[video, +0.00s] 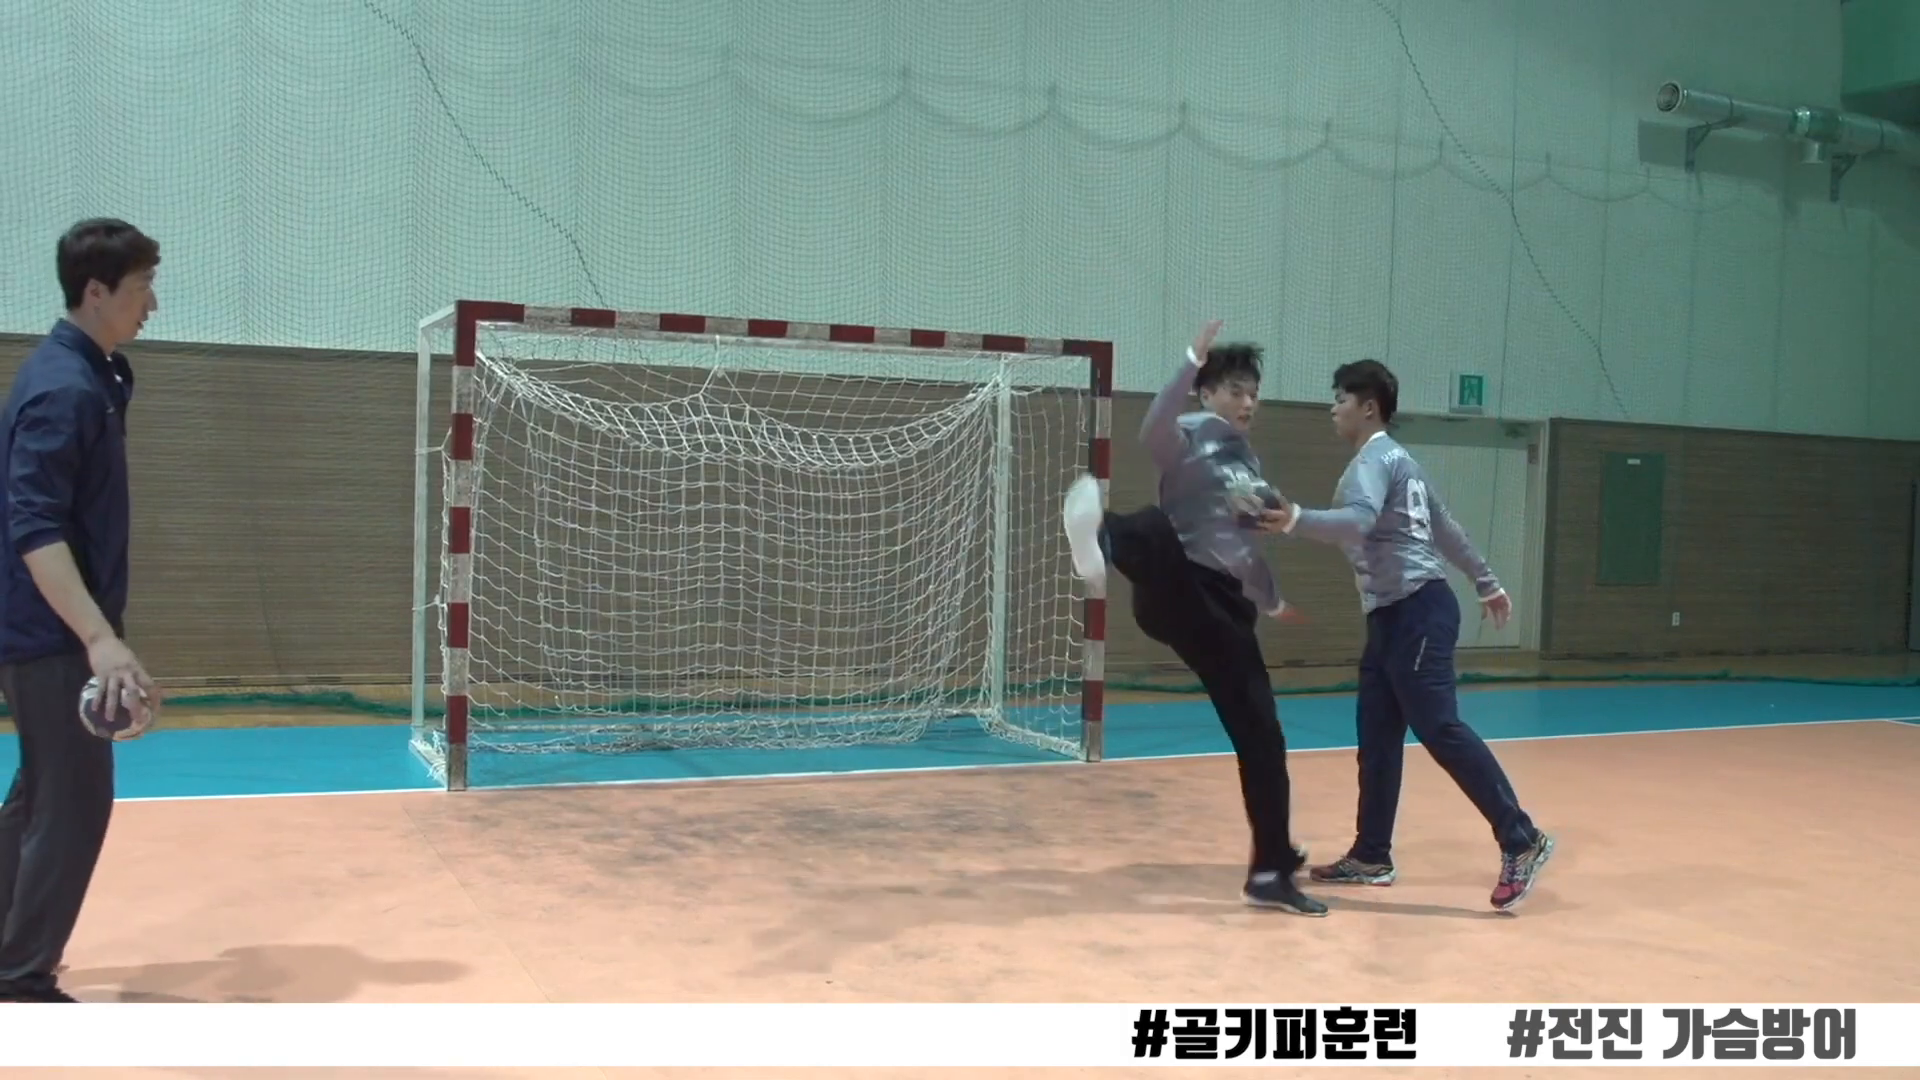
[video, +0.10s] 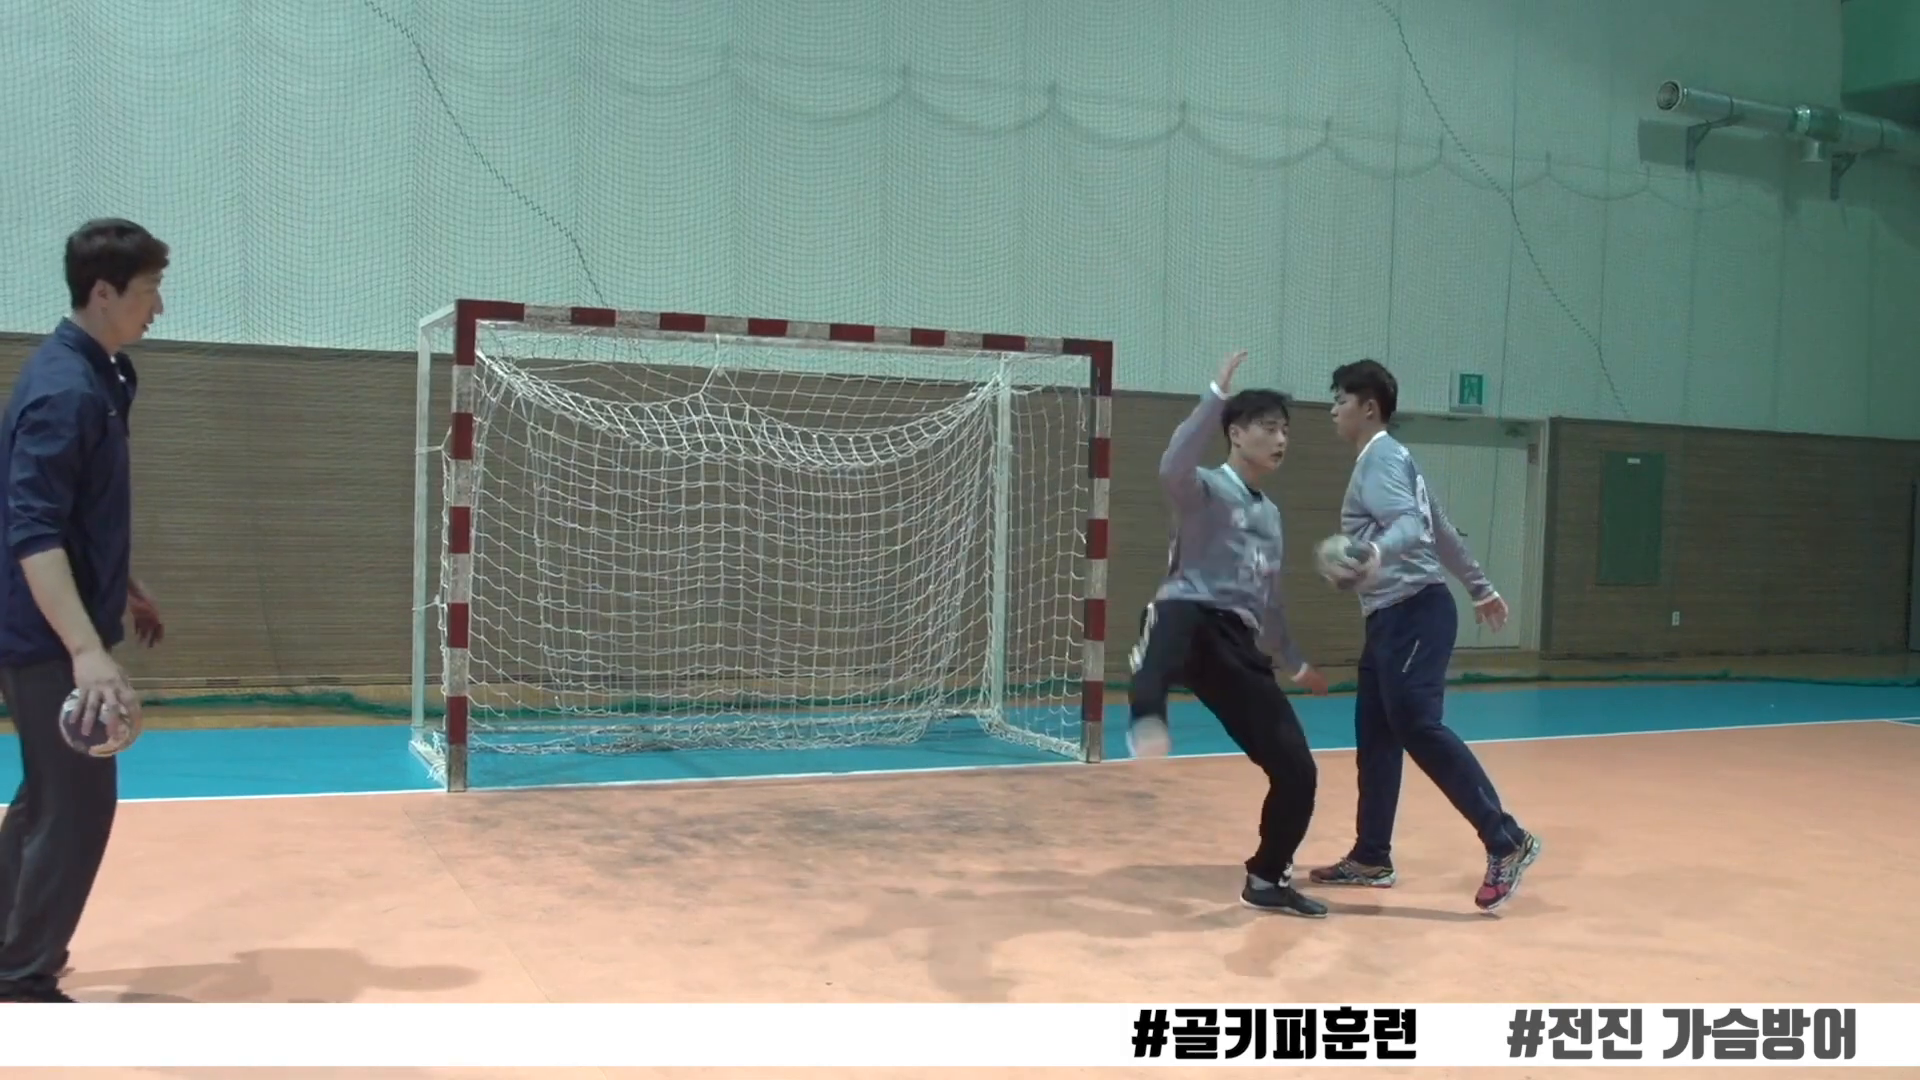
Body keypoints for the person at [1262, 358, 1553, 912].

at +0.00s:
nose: (1333, 408)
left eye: (1342, 399)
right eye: (1335, 399)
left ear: (1370, 406)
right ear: (1373, 409)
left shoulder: (1373, 457)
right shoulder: (1403, 463)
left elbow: (1359, 520)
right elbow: (1446, 528)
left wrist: (1296, 520)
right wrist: (1486, 581)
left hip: (1419, 607)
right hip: (1392, 614)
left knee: (1437, 726)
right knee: (1379, 733)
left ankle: (1523, 840)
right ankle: (1370, 856)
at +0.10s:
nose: (1333, 411)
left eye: (1340, 402)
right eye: (1334, 401)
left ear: (1367, 406)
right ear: (1369, 408)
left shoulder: (1379, 457)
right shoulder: (1393, 459)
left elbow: (1410, 525)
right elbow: (1438, 529)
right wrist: (1480, 587)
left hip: (1415, 611)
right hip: (1393, 615)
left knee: (1416, 725)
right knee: (1376, 732)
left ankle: (1507, 841)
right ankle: (1371, 857)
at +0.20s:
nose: (1343, 410)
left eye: (1351, 400)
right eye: (1344, 401)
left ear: (1381, 404)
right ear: (1376, 407)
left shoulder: (1397, 456)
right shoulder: (1385, 458)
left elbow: (1446, 521)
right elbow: (1439, 531)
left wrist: (1441, 573)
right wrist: (1471, 597)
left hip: (1414, 616)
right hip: (1391, 618)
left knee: (1407, 731)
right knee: (1374, 732)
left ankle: (1503, 839)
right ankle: (1371, 855)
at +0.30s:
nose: (1361, 409)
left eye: (1370, 400)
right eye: (1363, 400)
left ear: (1400, 405)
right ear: (1392, 407)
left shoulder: (1422, 458)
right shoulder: (1396, 464)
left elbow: (1473, 527)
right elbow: (1428, 539)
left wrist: (1480, 590)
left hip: (1423, 619)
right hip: (1394, 621)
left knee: (1419, 737)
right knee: (1374, 737)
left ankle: (1507, 847)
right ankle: (1371, 855)